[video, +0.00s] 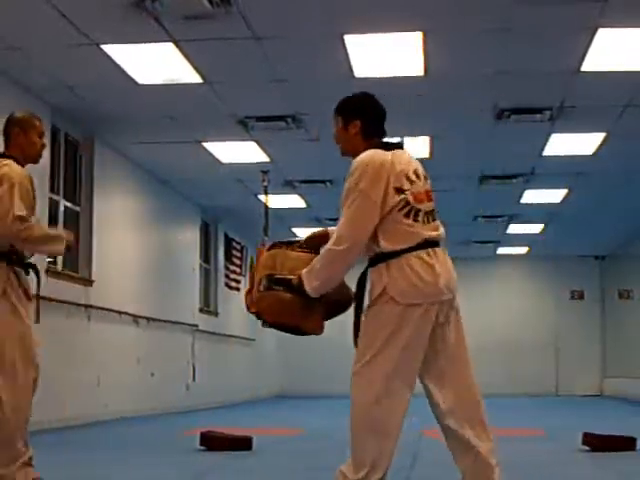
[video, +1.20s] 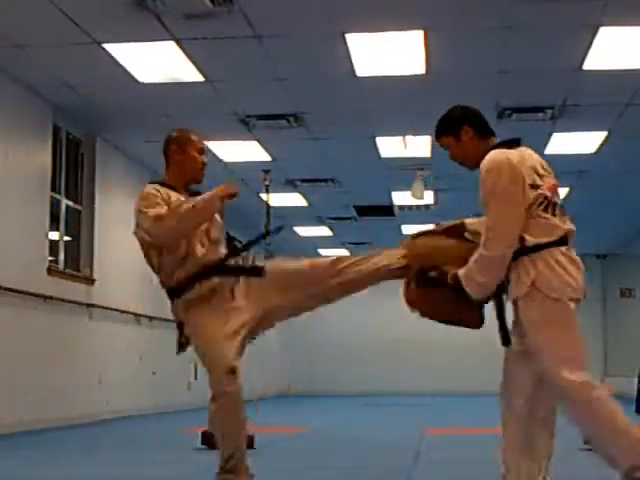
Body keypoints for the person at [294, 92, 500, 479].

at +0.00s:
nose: (335, 137)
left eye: (337, 128)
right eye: (335, 129)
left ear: (356, 127)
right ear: (373, 128)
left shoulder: (370, 164)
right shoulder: (405, 159)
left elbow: (350, 238)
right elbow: (382, 224)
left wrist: (310, 280)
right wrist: (332, 235)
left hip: (401, 280)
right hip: (438, 274)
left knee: (376, 381)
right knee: (451, 384)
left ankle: (364, 472)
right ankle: (482, 471)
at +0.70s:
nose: (355, 150)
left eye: (356, 140)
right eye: (353, 142)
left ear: (375, 135)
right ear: (391, 135)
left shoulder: (393, 170)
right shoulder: (428, 167)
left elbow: (385, 237)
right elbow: (411, 236)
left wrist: (335, 236)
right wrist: (352, 250)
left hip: (416, 283)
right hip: (448, 277)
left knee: (367, 378)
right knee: (456, 386)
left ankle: (363, 471)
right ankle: (514, 467)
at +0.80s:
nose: (383, 148)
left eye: (383, 138)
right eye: (380, 141)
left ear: (402, 130)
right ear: (410, 131)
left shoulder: (426, 158)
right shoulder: (445, 160)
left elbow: (419, 223)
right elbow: (433, 231)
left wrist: (380, 217)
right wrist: (387, 233)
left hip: (444, 277)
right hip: (469, 275)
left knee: (401, 383)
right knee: (474, 389)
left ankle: (369, 472)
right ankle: (522, 473)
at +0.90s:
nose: (404, 146)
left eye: (406, 136)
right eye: (402, 138)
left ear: (425, 129)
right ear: (433, 130)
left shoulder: (453, 155)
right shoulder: (463, 158)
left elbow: (446, 221)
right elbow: (449, 235)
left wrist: (396, 231)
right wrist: (399, 252)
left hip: (474, 275)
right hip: (492, 273)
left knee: (433, 378)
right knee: (489, 388)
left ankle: (415, 471)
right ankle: (523, 472)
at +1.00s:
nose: (418, 147)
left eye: (419, 136)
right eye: (415, 139)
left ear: (438, 127)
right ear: (445, 128)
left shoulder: (469, 154)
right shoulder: (480, 155)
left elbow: (468, 220)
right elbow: (477, 226)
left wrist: (418, 247)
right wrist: (426, 247)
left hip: (498, 270)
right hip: (513, 267)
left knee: (469, 374)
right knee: (511, 375)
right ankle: (525, 466)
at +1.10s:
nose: (432, 150)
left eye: (431, 139)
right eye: (428, 142)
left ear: (450, 129)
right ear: (457, 130)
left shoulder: (481, 157)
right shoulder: (496, 156)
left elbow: (489, 227)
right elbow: (498, 226)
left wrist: (447, 268)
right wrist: (453, 234)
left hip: (523, 267)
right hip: (527, 266)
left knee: (517, 378)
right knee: (508, 381)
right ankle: (521, 473)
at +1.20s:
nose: (452, 158)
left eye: (450, 149)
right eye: (448, 152)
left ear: (468, 134)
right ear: (473, 134)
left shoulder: (498, 162)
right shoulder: (526, 158)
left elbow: (501, 236)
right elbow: (525, 228)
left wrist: (469, 283)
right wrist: (471, 232)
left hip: (541, 278)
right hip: (546, 278)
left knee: (567, 378)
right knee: (522, 390)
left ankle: (634, 461)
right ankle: (523, 472)